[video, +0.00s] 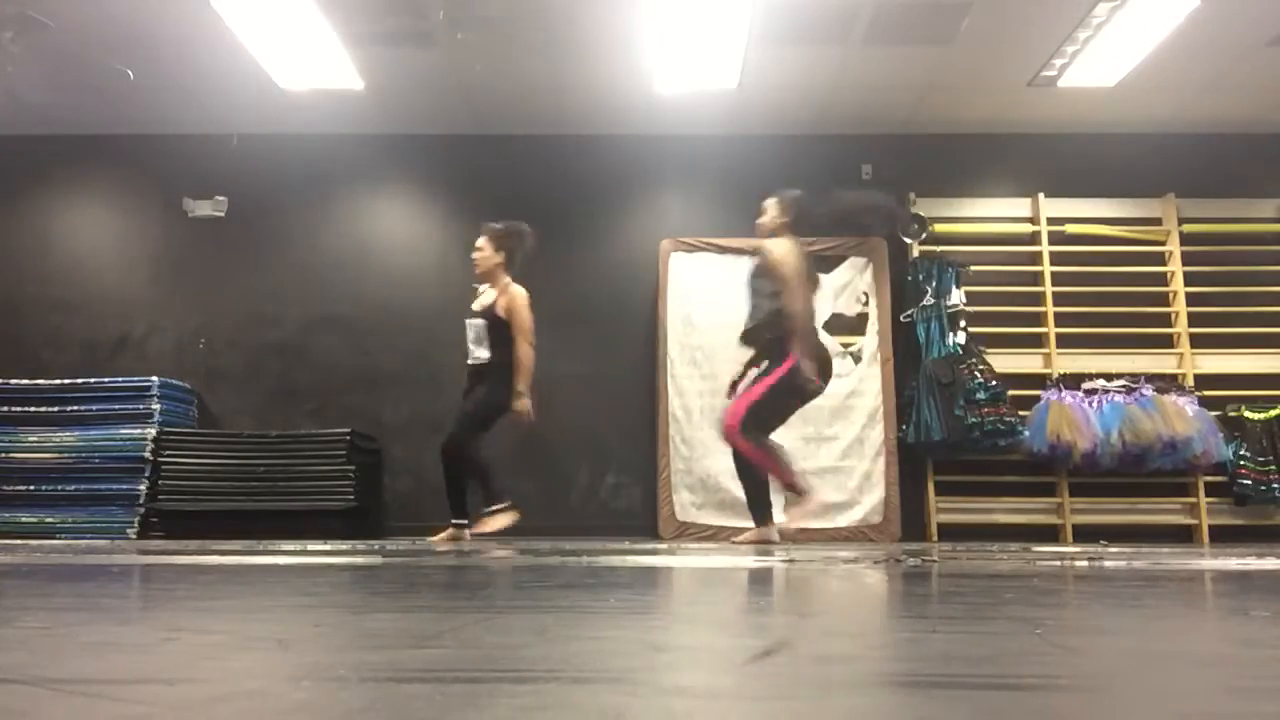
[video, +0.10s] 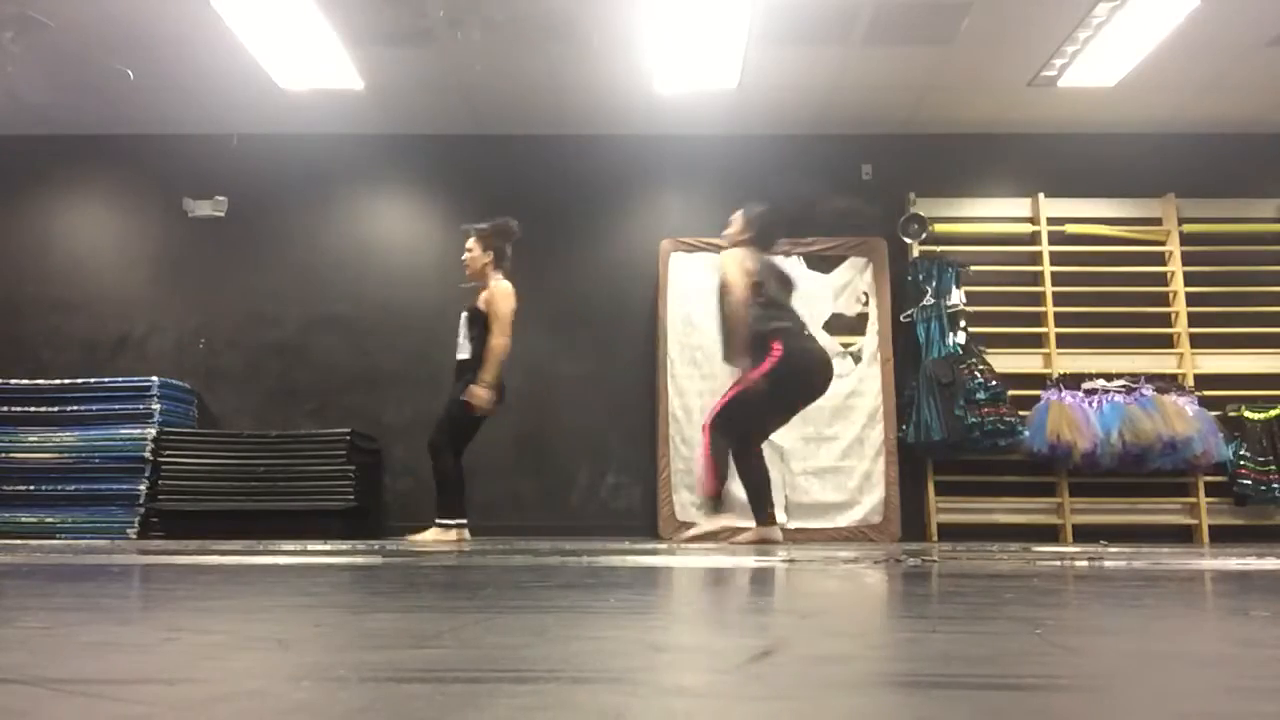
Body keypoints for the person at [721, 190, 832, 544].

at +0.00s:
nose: (758, 219)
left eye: (765, 213)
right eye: (760, 213)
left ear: (783, 216)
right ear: (778, 217)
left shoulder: (783, 248)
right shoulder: (772, 253)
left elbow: (798, 305)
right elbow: (772, 327)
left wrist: (803, 354)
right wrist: (747, 370)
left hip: (795, 358)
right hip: (783, 358)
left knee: (737, 425)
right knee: (744, 431)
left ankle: (802, 495)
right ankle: (763, 525)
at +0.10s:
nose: (725, 231)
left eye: (732, 225)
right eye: (729, 224)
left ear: (748, 231)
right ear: (760, 236)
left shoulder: (735, 256)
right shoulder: (773, 268)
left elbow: (739, 301)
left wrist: (738, 355)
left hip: (785, 353)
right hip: (818, 363)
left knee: (718, 423)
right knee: (747, 438)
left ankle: (713, 513)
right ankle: (767, 525)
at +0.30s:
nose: (699, 235)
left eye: (705, 229)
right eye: (702, 228)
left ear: (719, 235)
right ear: (738, 238)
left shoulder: (714, 267)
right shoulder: (753, 271)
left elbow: (716, 330)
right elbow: (755, 336)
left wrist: (690, 367)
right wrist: (717, 381)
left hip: (776, 350)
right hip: (811, 359)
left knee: (717, 430)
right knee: (744, 438)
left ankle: (700, 518)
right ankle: (771, 526)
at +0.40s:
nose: (704, 223)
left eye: (711, 216)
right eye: (706, 216)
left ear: (731, 218)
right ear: (739, 220)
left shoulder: (730, 246)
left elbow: (702, 292)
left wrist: (668, 324)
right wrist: (680, 363)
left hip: (787, 343)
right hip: (807, 346)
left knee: (731, 422)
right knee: (753, 431)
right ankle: (771, 522)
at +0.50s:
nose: (720, 211)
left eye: (727, 205)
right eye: (719, 205)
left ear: (749, 207)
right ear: (725, 212)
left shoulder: (759, 232)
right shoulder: (737, 253)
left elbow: (758, 230)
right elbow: (704, 293)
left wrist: (744, 231)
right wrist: (660, 317)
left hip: (793, 338)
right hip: (779, 344)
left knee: (755, 428)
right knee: (747, 431)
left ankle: (832, 481)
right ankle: (770, 526)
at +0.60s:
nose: (747, 202)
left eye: (755, 198)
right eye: (742, 196)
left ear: (767, 205)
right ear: (730, 203)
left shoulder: (774, 234)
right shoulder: (722, 256)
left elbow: (823, 208)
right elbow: (689, 273)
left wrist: (870, 186)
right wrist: (657, 277)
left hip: (797, 331)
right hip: (775, 345)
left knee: (808, 422)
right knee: (749, 430)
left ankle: (884, 497)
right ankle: (770, 527)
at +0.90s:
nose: (813, 213)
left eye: (814, 207)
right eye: (805, 206)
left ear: (806, 216)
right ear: (780, 211)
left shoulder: (816, 252)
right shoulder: (751, 248)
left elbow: (860, 251)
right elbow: (690, 242)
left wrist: (900, 248)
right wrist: (641, 232)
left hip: (838, 342)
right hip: (792, 355)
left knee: (857, 417)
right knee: (753, 436)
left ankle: (911, 508)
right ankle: (768, 527)